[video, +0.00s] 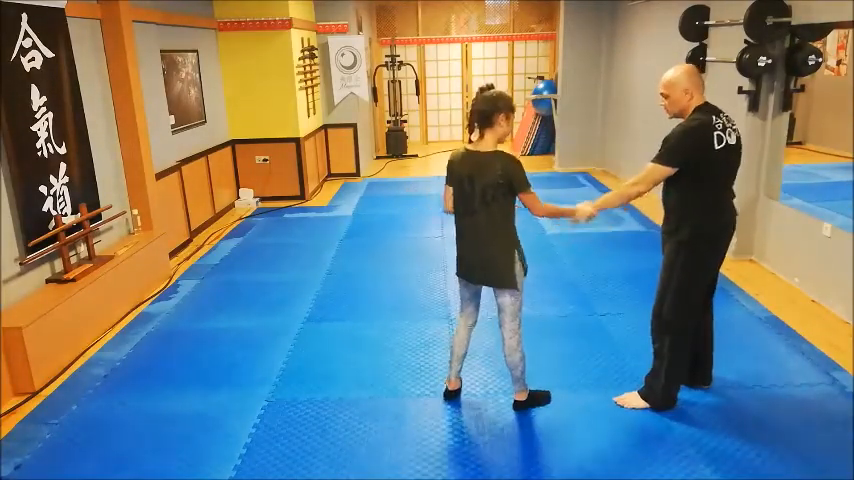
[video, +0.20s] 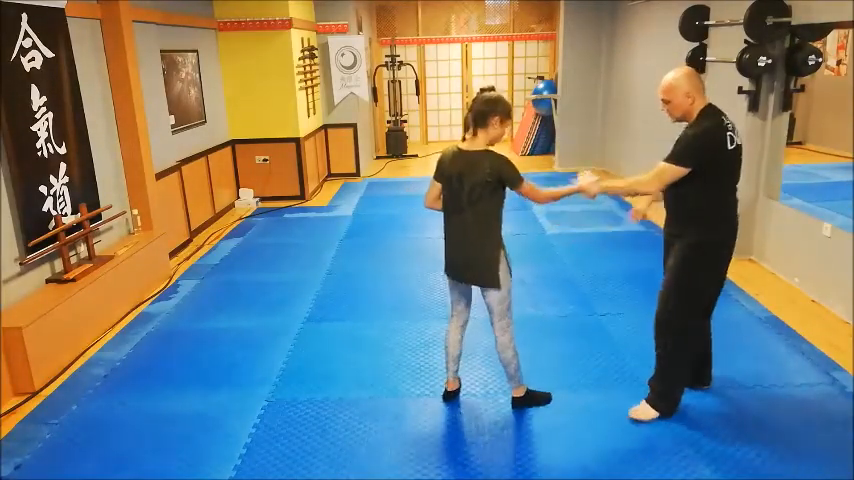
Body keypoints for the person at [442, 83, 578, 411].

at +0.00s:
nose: (512, 124)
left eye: (512, 118)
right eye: (510, 118)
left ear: (481, 120)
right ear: (499, 120)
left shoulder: (458, 159)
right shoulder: (508, 163)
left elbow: (449, 205)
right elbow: (538, 208)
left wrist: (481, 200)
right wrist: (573, 211)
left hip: (468, 254)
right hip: (502, 255)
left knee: (466, 317)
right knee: (510, 327)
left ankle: (452, 383)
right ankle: (521, 393)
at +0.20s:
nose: (506, 132)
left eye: (507, 125)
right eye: (504, 125)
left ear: (478, 122)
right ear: (491, 122)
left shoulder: (448, 157)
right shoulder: (497, 163)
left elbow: (432, 201)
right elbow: (539, 196)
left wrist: (464, 205)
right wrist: (576, 188)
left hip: (456, 252)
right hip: (489, 253)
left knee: (457, 317)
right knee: (501, 324)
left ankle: (451, 383)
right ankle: (518, 391)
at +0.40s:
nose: (504, 134)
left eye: (505, 128)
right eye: (502, 127)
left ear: (479, 123)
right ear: (488, 123)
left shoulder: (444, 157)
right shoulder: (492, 162)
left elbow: (425, 200)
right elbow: (544, 189)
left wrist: (458, 204)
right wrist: (590, 182)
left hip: (450, 250)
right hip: (480, 252)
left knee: (455, 316)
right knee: (501, 320)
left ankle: (451, 383)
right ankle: (516, 386)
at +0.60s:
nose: (509, 139)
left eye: (511, 134)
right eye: (508, 133)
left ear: (487, 126)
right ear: (492, 127)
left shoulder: (452, 154)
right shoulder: (490, 163)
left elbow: (434, 193)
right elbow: (541, 194)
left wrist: (466, 200)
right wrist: (587, 199)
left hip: (448, 248)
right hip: (479, 250)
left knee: (456, 312)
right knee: (507, 312)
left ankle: (451, 383)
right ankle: (517, 382)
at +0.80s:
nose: (526, 147)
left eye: (529, 142)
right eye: (525, 141)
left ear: (503, 134)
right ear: (506, 134)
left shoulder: (475, 155)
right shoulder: (496, 167)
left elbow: (475, 194)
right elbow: (537, 209)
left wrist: (501, 210)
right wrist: (577, 222)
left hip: (463, 244)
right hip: (484, 247)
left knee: (462, 313)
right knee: (519, 308)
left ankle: (451, 382)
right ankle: (519, 378)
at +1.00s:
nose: (531, 163)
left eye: (537, 158)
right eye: (527, 156)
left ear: (543, 153)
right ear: (514, 148)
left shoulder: (524, 170)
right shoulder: (504, 175)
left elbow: (528, 202)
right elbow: (522, 221)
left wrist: (534, 219)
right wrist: (556, 243)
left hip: (508, 239)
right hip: (490, 240)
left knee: (509, 306)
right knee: (523, 310)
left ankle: (465, 352)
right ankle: (522, 376)